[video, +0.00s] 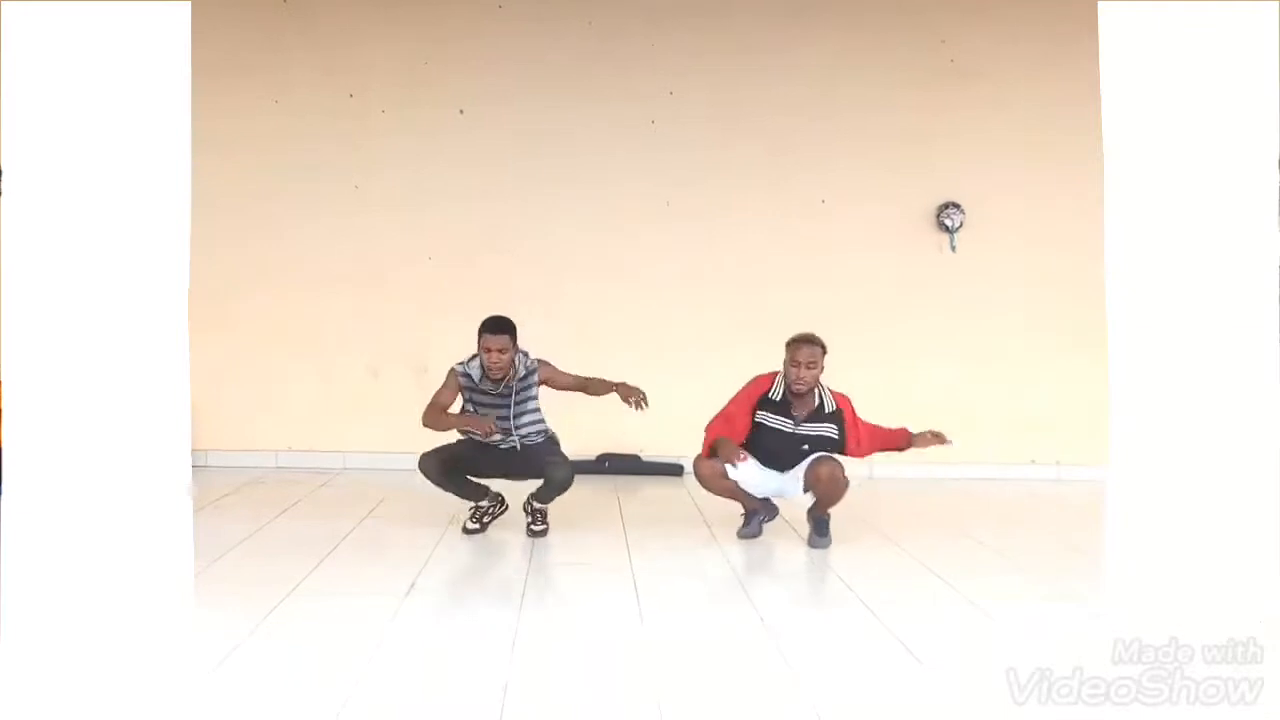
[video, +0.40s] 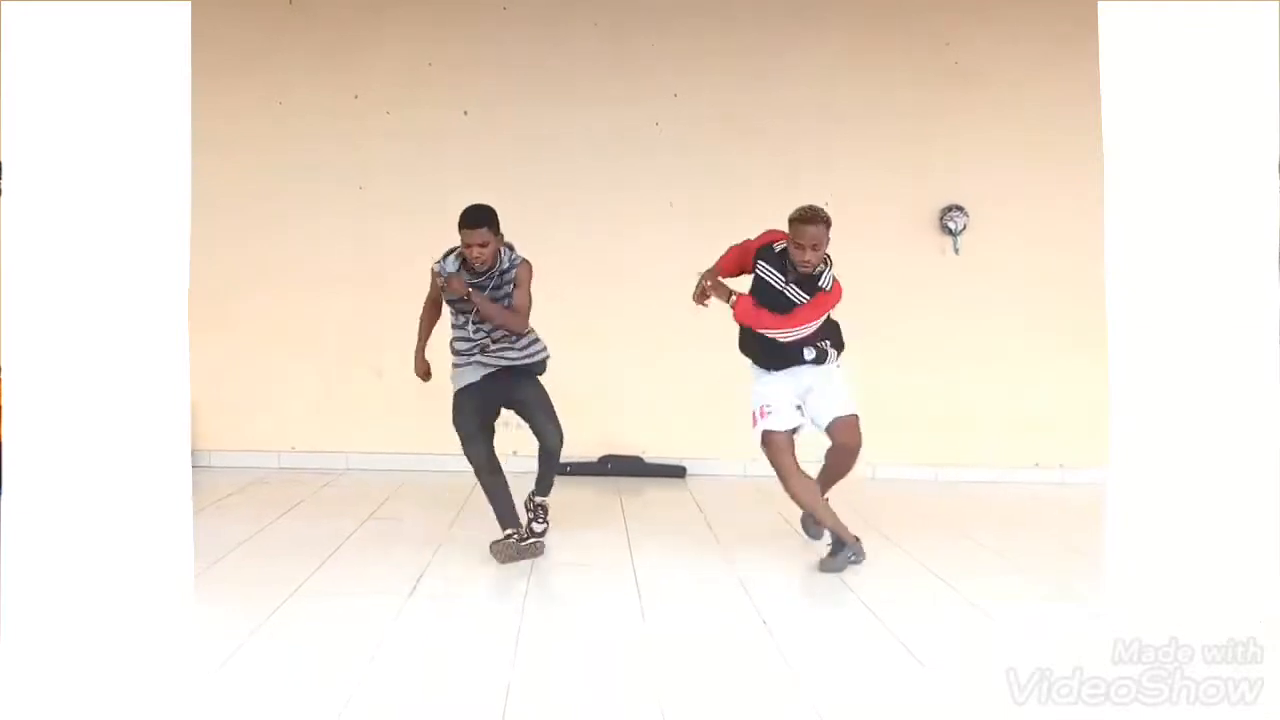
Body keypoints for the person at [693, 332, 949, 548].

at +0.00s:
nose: (801, 374)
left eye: (810, 367)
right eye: (795, 365)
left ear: (822, 369)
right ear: (784, 364)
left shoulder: (837, 406)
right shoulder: (762, 388)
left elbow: (862, 439)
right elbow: (719, 428)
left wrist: (911, 440)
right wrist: (723, 445)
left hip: (805, 474)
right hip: (760, 471)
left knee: (831, 474)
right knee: (705, 468)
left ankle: (819, 515)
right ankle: (757, 507)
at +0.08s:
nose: (804, 353)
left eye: (813, 346)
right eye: (797, 345)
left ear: (828, 344)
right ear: (789, 343)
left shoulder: (847, 373)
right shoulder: (771, 367)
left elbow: (877, 385)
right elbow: (734, 400)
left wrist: (901, 387)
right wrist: (713, 427)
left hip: (807, 448)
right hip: (758, 445)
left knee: (837, 471)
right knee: (705, 462)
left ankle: (817, 512)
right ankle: (744, 500)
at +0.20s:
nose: (793, 297)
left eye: (802, 289)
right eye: (786, 288)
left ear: (818, 281)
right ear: (779, 281)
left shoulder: (842, 307)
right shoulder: (766, 303)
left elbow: (870, 356)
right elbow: (737, 334)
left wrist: (836, 375)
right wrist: (717, 352)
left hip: (823, 397)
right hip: (776, 391)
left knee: (853, 459)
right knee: (760, 447)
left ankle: (821, 512)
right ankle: (690, 506)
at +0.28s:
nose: (792, 272)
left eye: (801, 264)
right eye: (785, 263)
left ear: (816, 259)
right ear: (777, 256)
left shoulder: (836, 297)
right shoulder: (764, 273)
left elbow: (823, 358)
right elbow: (740, 301)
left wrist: (783, 388)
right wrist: (716, 318)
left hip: (828, 379)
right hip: (775, 373)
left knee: (848, 455)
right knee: (759, 436)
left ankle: (825, 513)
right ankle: (744, 523)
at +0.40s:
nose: (808, 256)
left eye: (816, 248)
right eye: (799, 247)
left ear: (827, 244)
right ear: (787, 240)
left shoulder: (829, 289)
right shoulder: (769, 245)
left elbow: (784, 326)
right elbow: (739, 255)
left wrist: (731, 297)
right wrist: (710, 277)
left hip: (820, 368)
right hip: (771, 373)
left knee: (849, 443)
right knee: (778, 453)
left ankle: (813, 497)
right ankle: (847, 539)